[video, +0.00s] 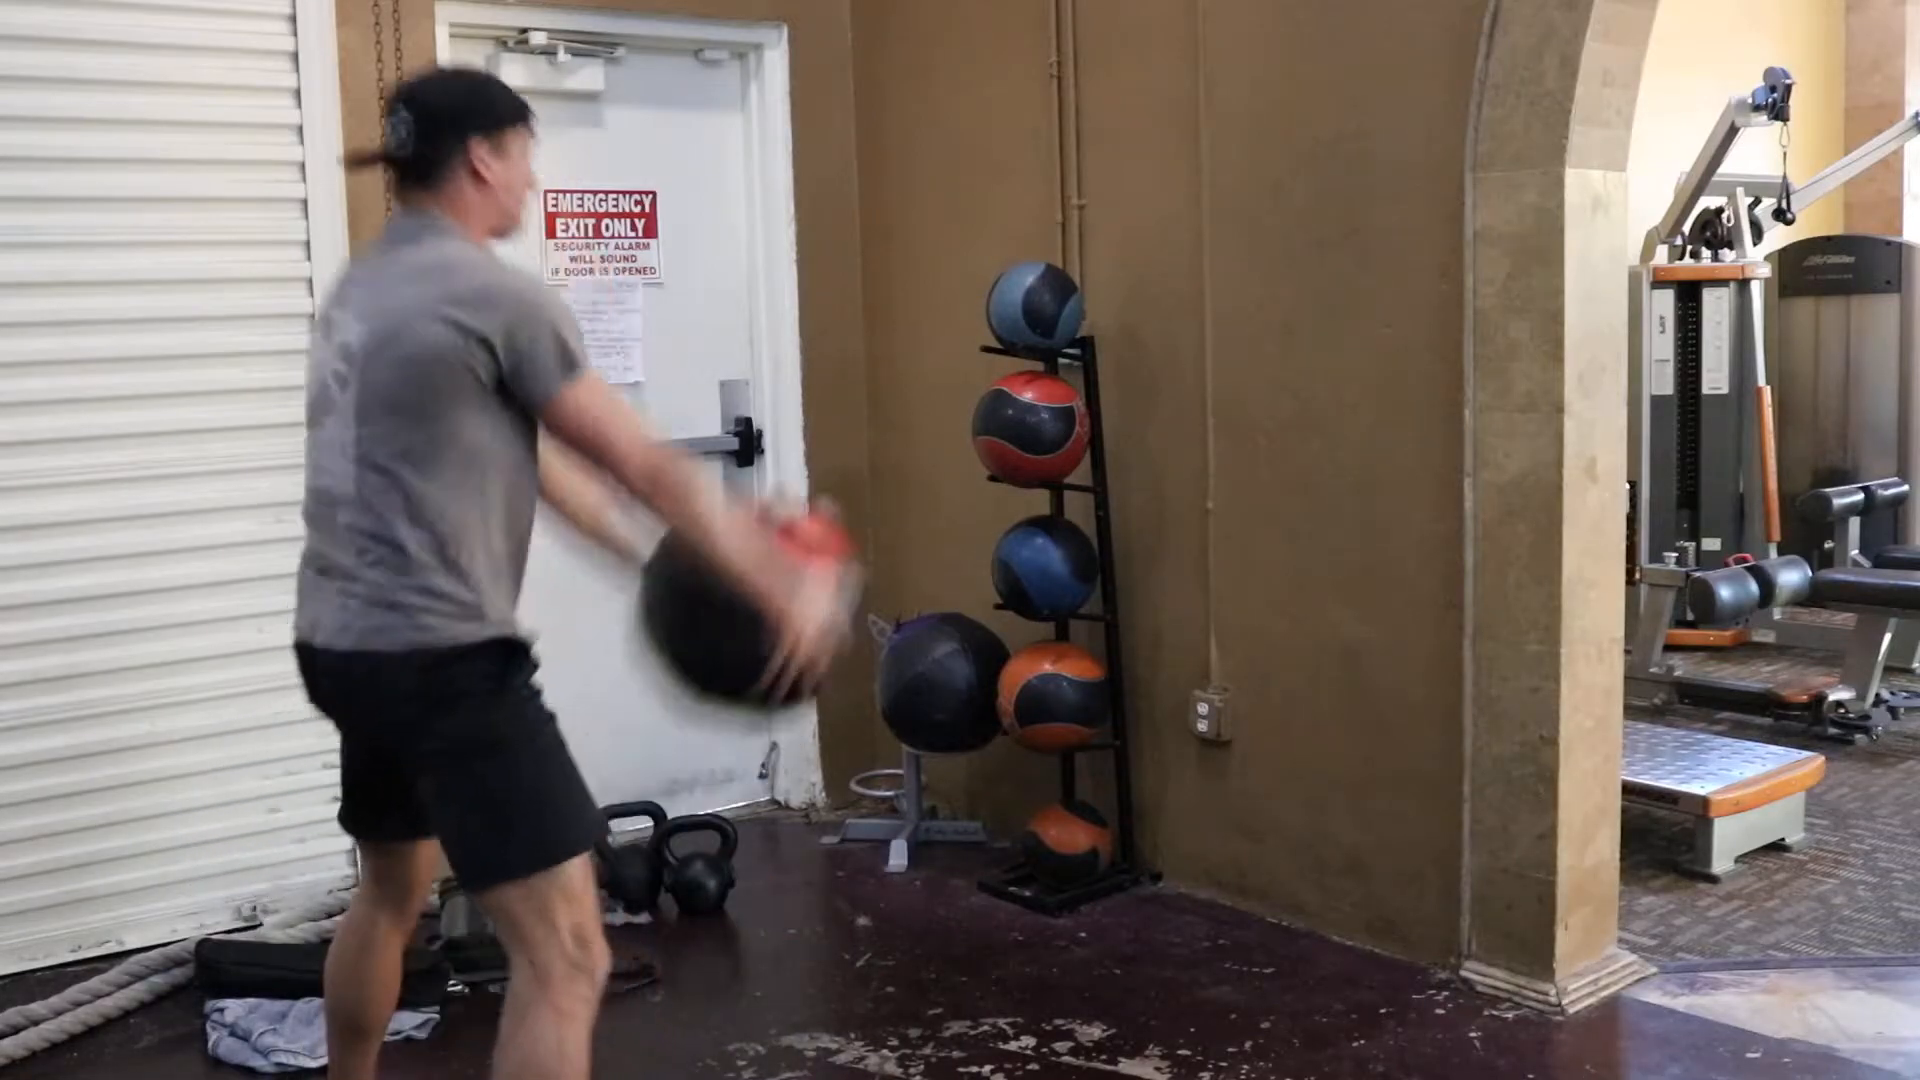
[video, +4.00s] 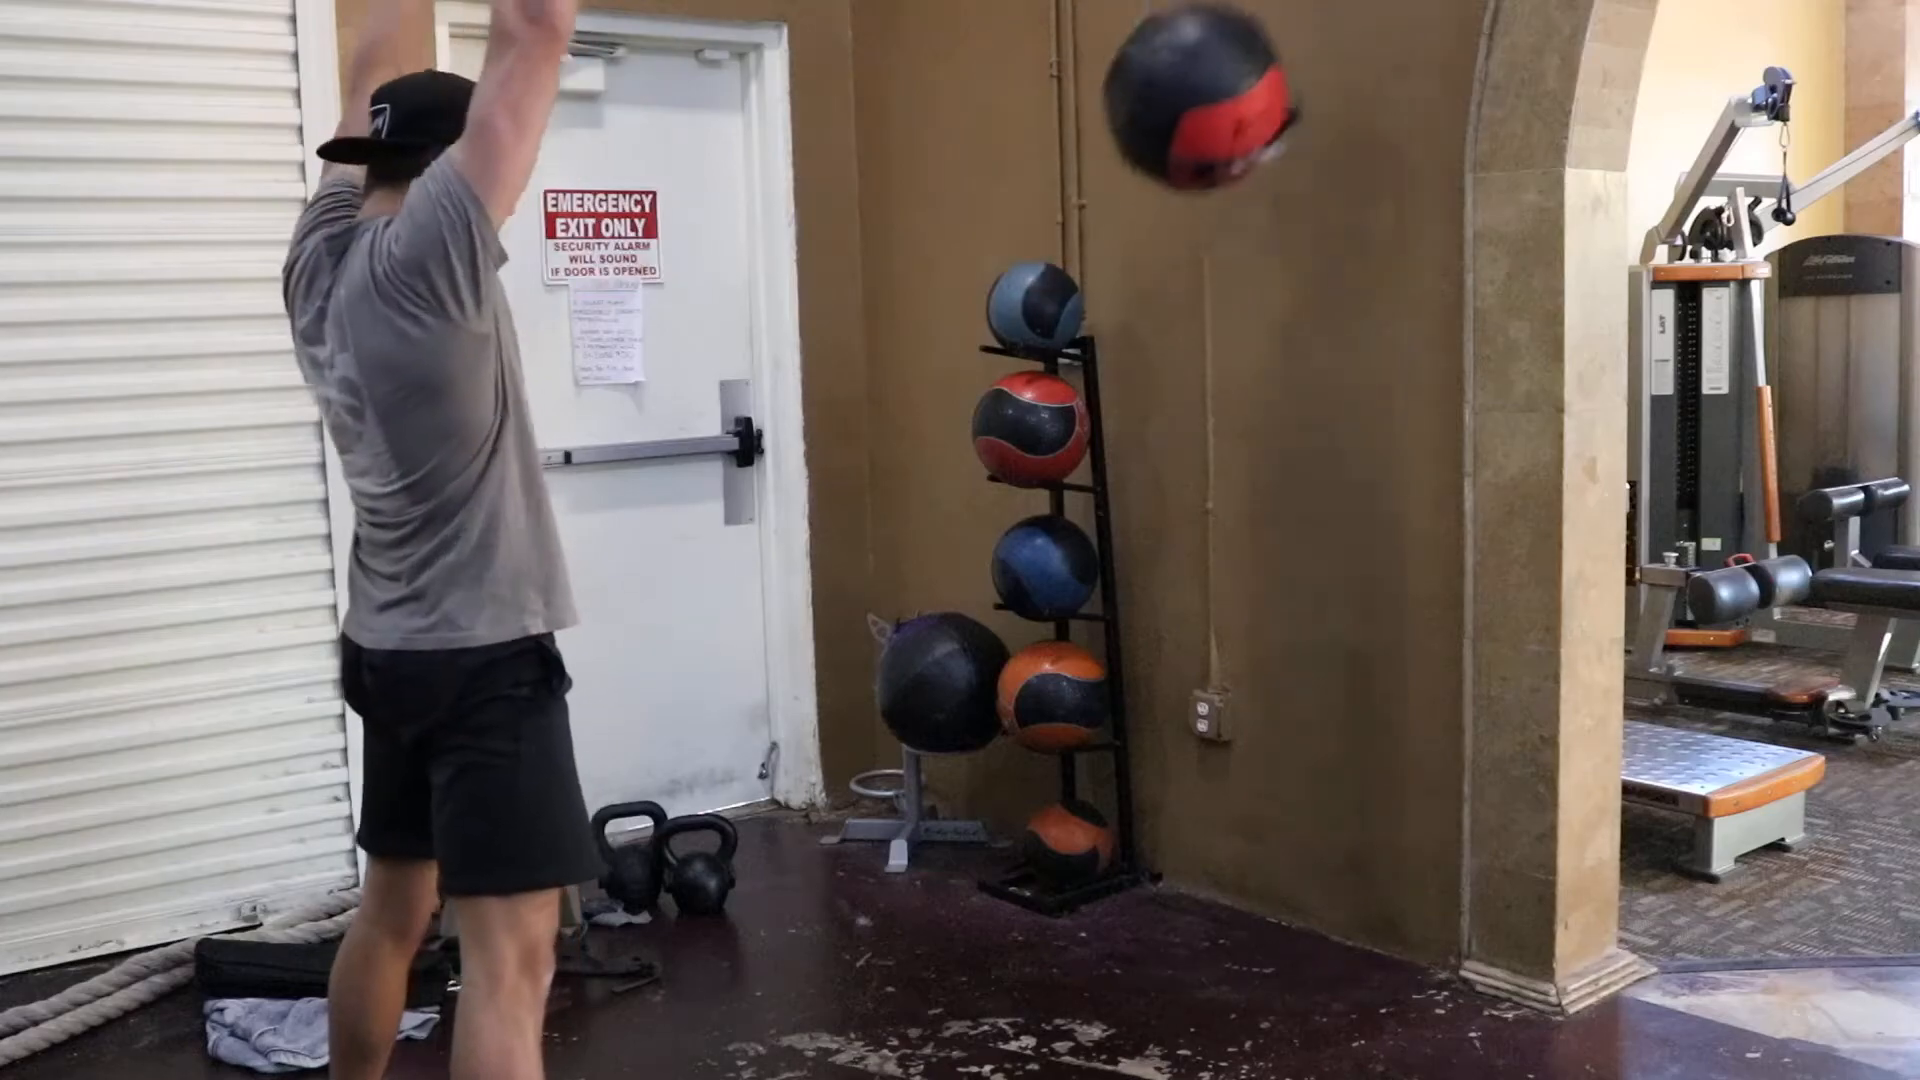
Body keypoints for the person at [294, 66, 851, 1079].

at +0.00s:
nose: (532, 179)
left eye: (529, 156)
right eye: (523, 155)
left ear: (434, 162)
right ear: (481, 160)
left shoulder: (363, 284)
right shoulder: (493, 293)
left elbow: (533, 459)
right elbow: (642, 462)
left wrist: (665, 561)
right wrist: (786, 590)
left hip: (342, 645)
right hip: (448, 655)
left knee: (390, 894)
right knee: (564, 956)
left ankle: (346, 1073)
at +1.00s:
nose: (539, 201)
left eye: (542, 178)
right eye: (536, 174)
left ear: (439, 165)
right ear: (487, 166)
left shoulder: (323, 290)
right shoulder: (467, 308)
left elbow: (356, 491)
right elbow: (546, 561)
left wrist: (485, 593)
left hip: (329, 654)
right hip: (425, 672)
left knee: (364, 921)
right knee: (484, 968)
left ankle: (340, 1078)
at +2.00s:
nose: (710, 609)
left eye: (719, 584)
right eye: (715, 579)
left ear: (619, 542)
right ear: (677, 558)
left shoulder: (516, 573)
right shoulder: (620, 641)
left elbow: (454, 842)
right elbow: (560, 892)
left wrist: (489, 1048)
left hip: (214, 767)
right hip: (308, 793)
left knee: (396, 909)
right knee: (594, 997)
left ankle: (343, 1070)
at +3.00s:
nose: (721, 729)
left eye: (727, 708)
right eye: (724, 706)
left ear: (625, 670)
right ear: (687, 695)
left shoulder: (530, 692)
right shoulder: (622, 769)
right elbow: (516, 944)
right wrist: (456, 1068)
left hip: (203, 829)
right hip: (303, 853)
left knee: (372, 949)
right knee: (604, 1004)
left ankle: (307, 1060)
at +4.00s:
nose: (491, 169)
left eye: (485, 151)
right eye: (486, 154)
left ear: (370, 149)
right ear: (452, 161)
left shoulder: (320, 262)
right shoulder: (430, 257)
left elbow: (372, 79)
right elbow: (535, 29)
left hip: (385, 644)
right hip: (484, 649)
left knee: (388, 915)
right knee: (509, 959)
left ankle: (351, 1076)